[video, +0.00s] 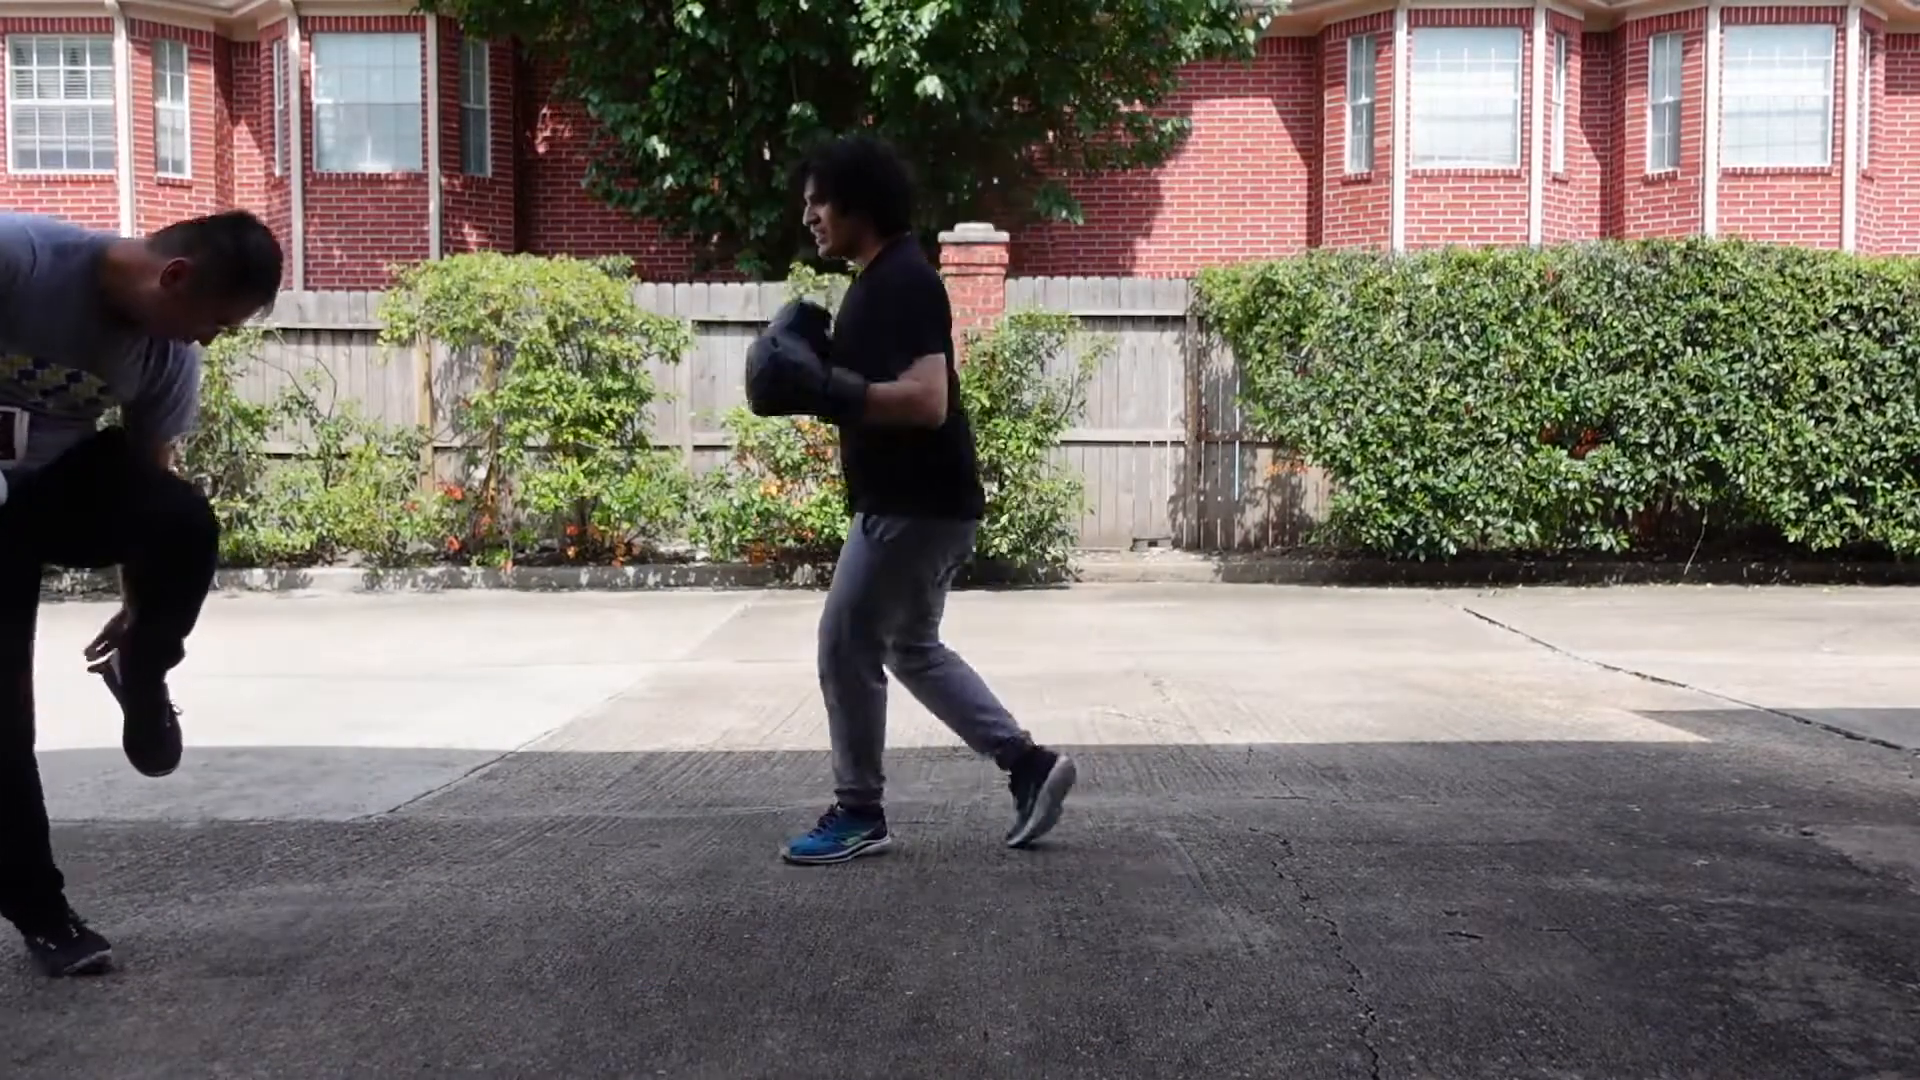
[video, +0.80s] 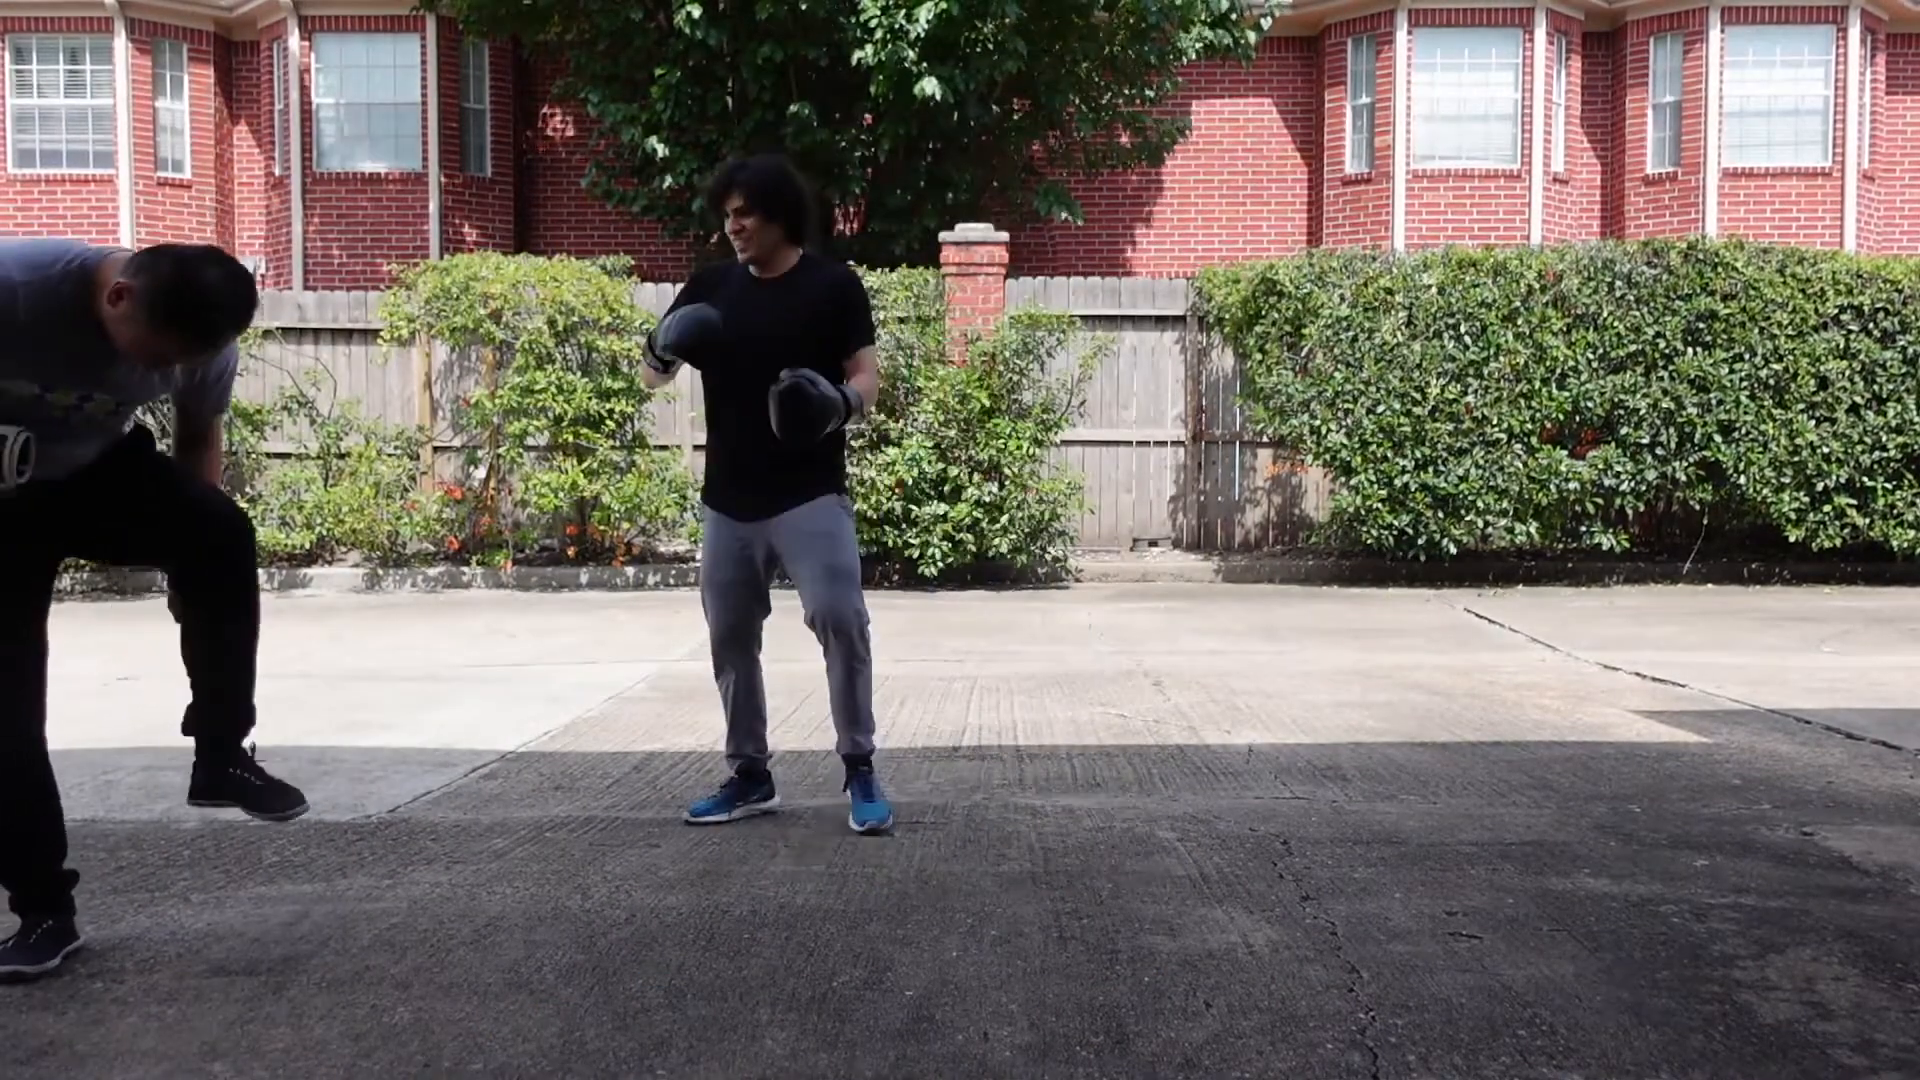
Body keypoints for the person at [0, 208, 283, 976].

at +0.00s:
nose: (207, 342)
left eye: (223, 331)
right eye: (214, 323)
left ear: (177, 277)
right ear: (175, 275)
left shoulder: (165, 361)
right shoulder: (20, 260)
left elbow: (150, 492)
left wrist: (136, 607)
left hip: (65, 492)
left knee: (183, 520)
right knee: (3, 719)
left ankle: (140, 667)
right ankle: (41, 915)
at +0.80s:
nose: (164, 371)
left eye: (181, 362)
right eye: (157, 355)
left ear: (209, 341)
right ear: (119, 296)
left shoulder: (203, 348)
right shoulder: (18, 292)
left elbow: (199, 456)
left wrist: (194, 571)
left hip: (100, 471)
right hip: (9, 488)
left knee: (219, 533)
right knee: (9, 709)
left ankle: (219, 756)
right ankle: (43, 908)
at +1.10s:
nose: (196, 277)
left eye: (213, 266)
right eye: (192, 260)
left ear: (239, 247)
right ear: (151, 200)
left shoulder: (244, 264)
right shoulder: (29, 235)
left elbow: (277, 363)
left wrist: (226, 417)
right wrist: (15, 417)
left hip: (170, 516)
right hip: (41, 523)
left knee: (192, 719)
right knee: (32, 727)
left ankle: (172, 920)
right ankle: (42, 907)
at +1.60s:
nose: (223, 235)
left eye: (241, 220)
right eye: (214, 215)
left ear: (261, 196)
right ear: (162, 149)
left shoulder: (251, 216)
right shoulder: (47, 215)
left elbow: (320, 336)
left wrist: (225, 399)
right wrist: (75, 480)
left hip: (169, 498)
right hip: (49, 499)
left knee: (205, 713)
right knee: (77, 742)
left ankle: (169, 919)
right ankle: (45, 1010)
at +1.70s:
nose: (234, 239)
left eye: (252, 222)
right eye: (226, 216)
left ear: (275, 196)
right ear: (175, 154)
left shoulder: (252, 212)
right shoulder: (55, 213)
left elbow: (296, 314)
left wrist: (238, 381)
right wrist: (37, 460)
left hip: (152, 484)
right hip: (37, 487)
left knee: (192, 707)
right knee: (68, 739)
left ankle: (167, 916)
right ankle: (44, 1011)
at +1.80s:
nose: (252, 240)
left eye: (271, 222)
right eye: (250, 217)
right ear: (200, 156)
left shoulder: (240, 206)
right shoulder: (64, 205)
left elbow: (276, 311)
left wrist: (227, 363)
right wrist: (61, 423)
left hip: (137, 474)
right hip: (30, 479)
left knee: (184, 702)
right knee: (61, 736)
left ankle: (154, 916)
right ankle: (41, 1010)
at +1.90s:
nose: (281, 227)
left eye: (297, 207)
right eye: (279, 202)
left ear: (250, 155)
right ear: (231, 148)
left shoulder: (246, 204)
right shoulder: (83, 202)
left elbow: (268, 311)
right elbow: (0, 352)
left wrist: (209, 370)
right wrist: (90, 429)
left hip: (129, 472)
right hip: (25, 474)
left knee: (176, 705)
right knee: (59, 733)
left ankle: (146, 919)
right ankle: (40, 1008)